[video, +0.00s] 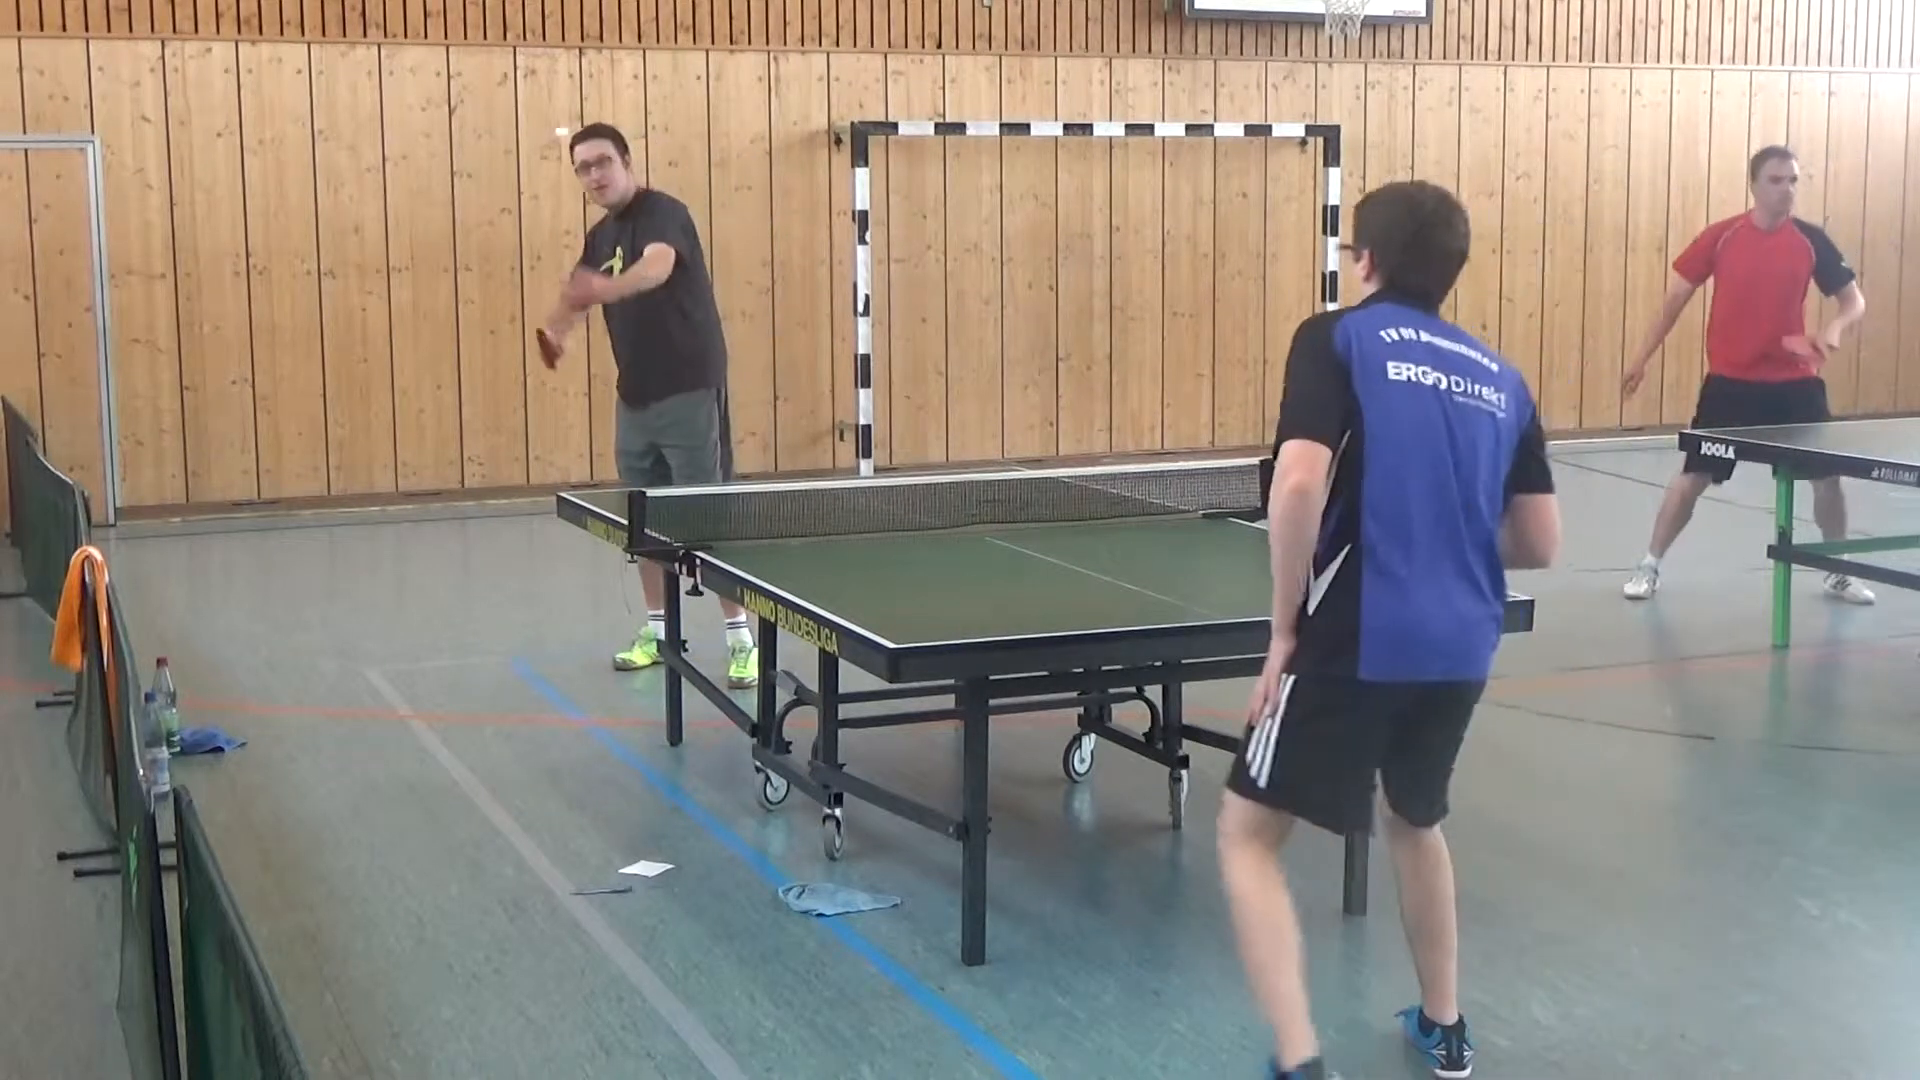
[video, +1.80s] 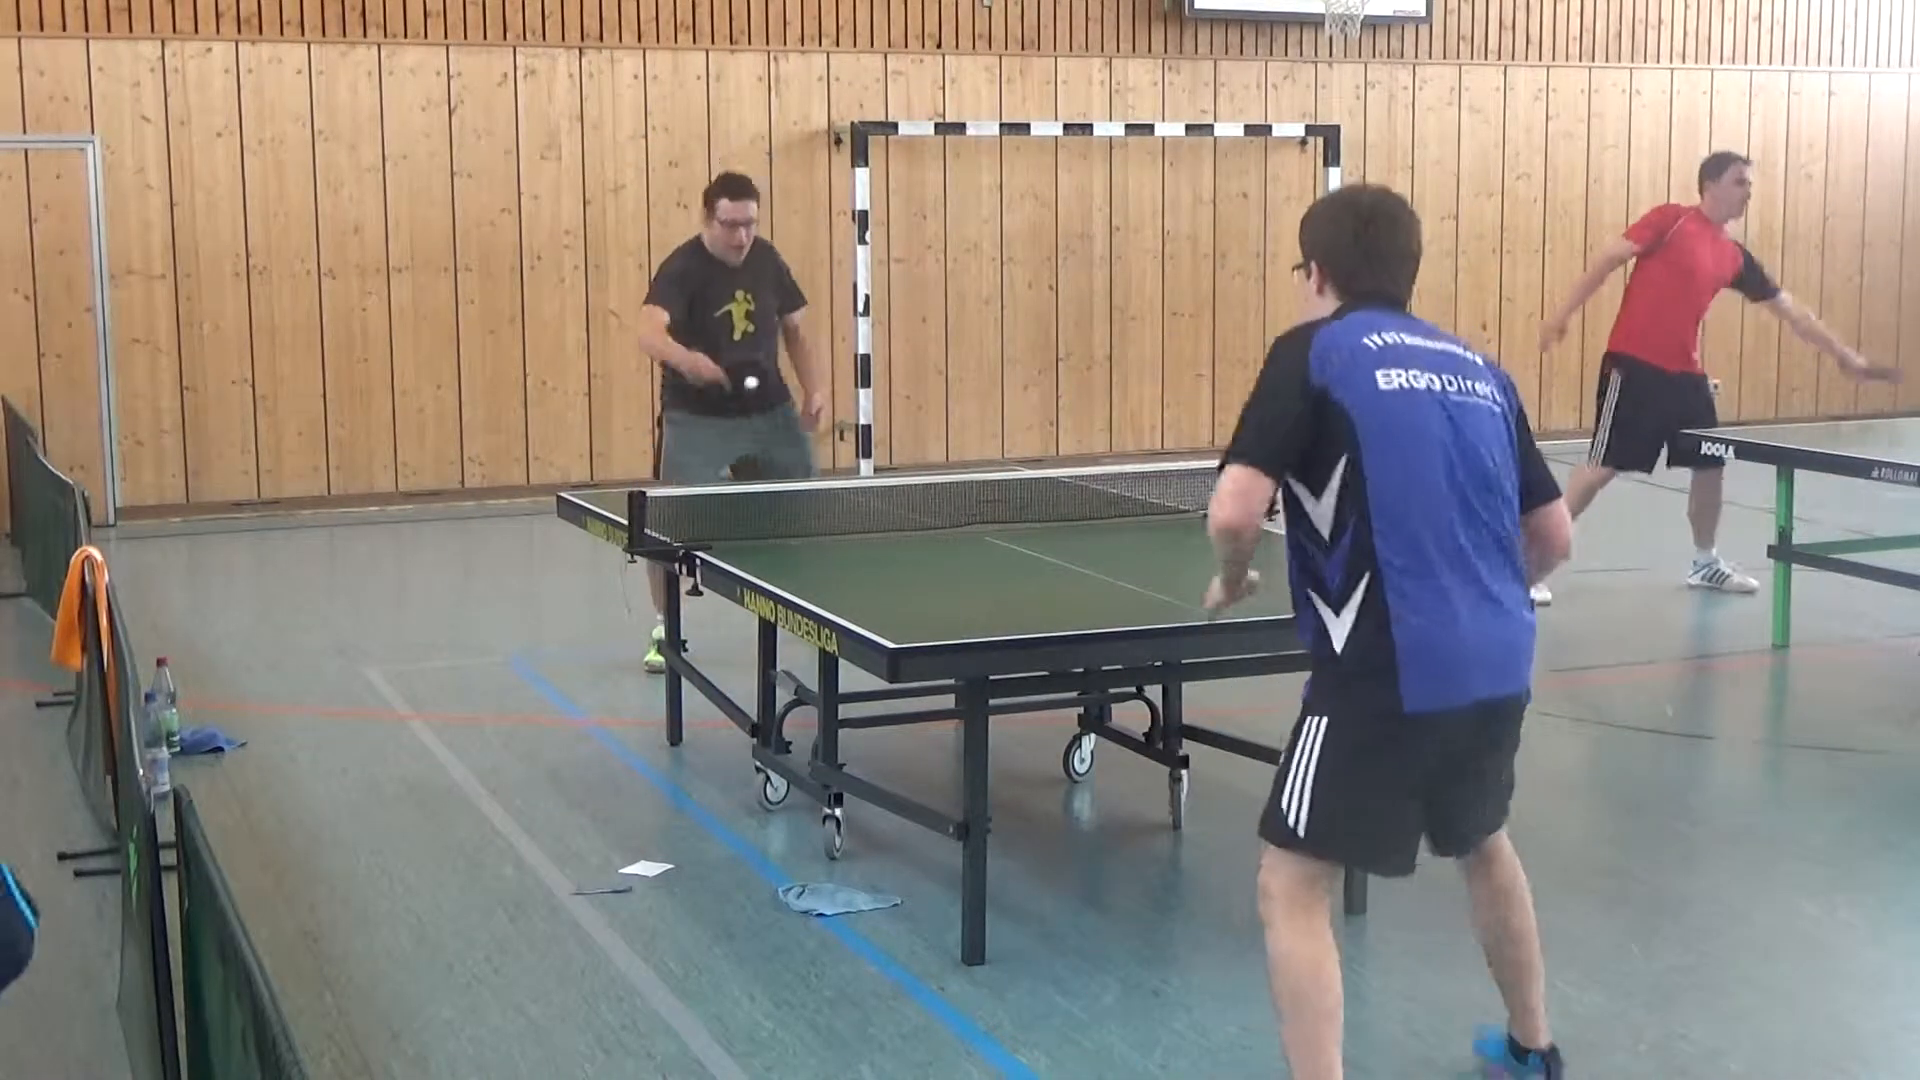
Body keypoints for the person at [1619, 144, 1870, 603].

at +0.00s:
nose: (1787, 188)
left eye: (1792, 180)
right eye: (1776, 180)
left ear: (1798, 184)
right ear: (1753, 185)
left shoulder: (1810, 240)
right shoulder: (1720, 237)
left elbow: (1854, 300)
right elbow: (1676, 297)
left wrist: (1834, 328)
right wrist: (1641, 359)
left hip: (1796, 385)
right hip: (1730, 385)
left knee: (1827, 477)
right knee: (1693, 479)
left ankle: (1836, 571)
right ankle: (1650, 565)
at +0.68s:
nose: (1807, 198)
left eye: (1814, 189)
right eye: (1797, 189)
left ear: (1821, 189)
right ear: (1777, 189)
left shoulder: (1827, 245)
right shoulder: (1742, 225)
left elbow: (1840, 325)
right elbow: (1714, 278)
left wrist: (1816, 369)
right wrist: (1683, 327)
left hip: (1799, 384)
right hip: (1735, 378)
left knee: (1819, 480)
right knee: (1694, 471)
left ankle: (1827, 574)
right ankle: (1651, 564)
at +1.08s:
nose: (1794, 191)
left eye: (1796, 183)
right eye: (1784, 183)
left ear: (1796, 188)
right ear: (1755, 187)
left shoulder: (1803, 250)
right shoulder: (1713, 233)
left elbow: (1811, 328)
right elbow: (1668, 276)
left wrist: (1771, 345)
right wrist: (1637, 330)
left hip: (1775, 387)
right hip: (1709, 384)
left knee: (1808, 483)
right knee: (1671, 478)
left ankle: (1830, 570)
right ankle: (1617, 566)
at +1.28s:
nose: (1764, 176)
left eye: (1766, 168)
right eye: (1754, 168)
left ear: (1765, 173)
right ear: (1724, 171)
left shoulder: (1769, 229)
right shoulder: (1681, 218)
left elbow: (1778, 294)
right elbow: (1617, 258)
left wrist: (1762, 327)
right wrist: (1579, 312)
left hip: (1741, 371)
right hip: (1679, 369)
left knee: (1765, 461)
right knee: (1651, 463)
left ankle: (1782, 562)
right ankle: (1603, 562)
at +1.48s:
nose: (1743, 187)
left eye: (1745, 180)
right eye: (1733, 180)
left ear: (1745, 183)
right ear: (1704, 183)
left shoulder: (1748, 240)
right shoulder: (1667, 231)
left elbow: (1754, 311)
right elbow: (1602, 276)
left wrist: (1742, 353)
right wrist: (1555, 328)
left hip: (1723, 383)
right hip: (1666, 381)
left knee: (1745, 471)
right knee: (1629, 477)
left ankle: (1728, 563)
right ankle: (1557, 560)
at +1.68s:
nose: (1742, 207)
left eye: (1744, 199)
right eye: (1735, 197)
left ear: (1722, 203)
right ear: (1706, 196)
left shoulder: (1714, 260)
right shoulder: (1664, 235)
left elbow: (1719, 325)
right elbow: (1609, 280)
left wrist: (1785, 354)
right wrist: (1566, 342)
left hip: (1692, 391)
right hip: (1641, 385)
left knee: (1727, 476)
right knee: (1614, 485)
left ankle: (1724, 564)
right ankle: (1542, 559)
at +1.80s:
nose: (1748, 193)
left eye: (1749, 186)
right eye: (1741, 184)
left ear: (1735, 192)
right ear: (1711, 185)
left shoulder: (1735, 255)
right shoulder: (1672, 218)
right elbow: (1608, 259)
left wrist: (1845, 353)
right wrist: (1562, 315)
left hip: (1686, 374)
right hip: (1634, 365)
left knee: (1709, 463)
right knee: (1602, 465)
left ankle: (1704, 563)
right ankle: (1528, 562)